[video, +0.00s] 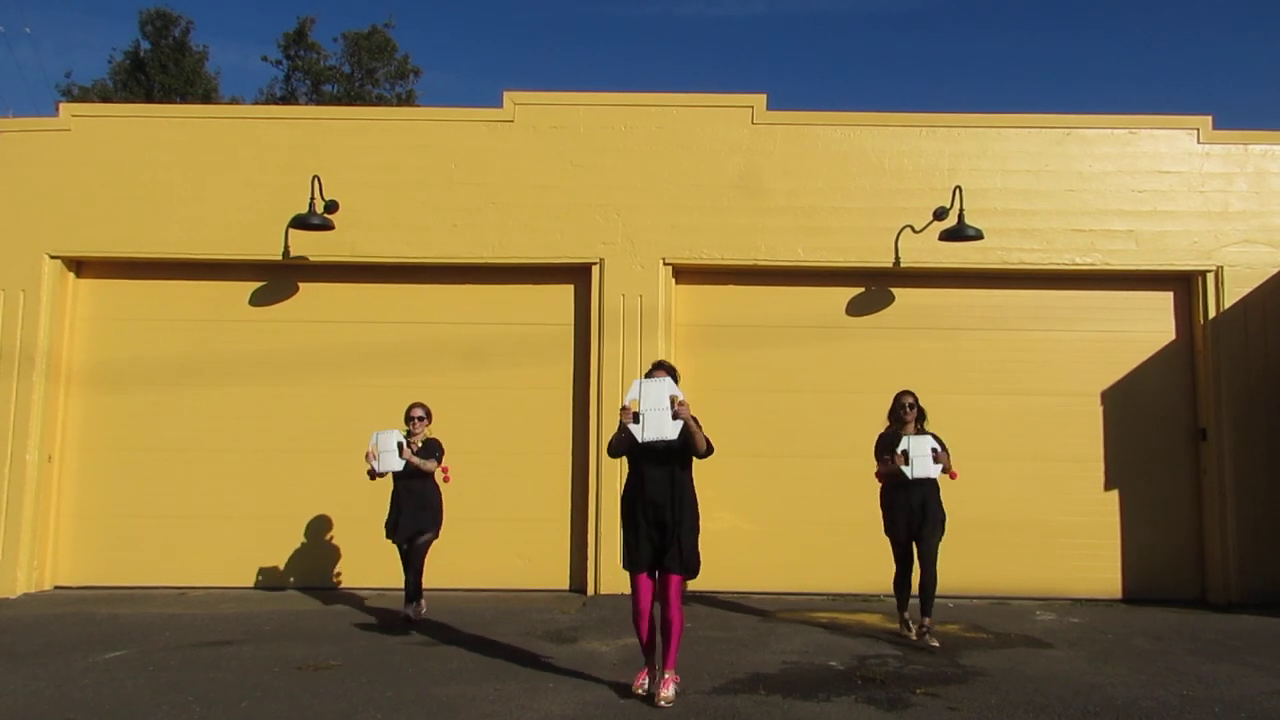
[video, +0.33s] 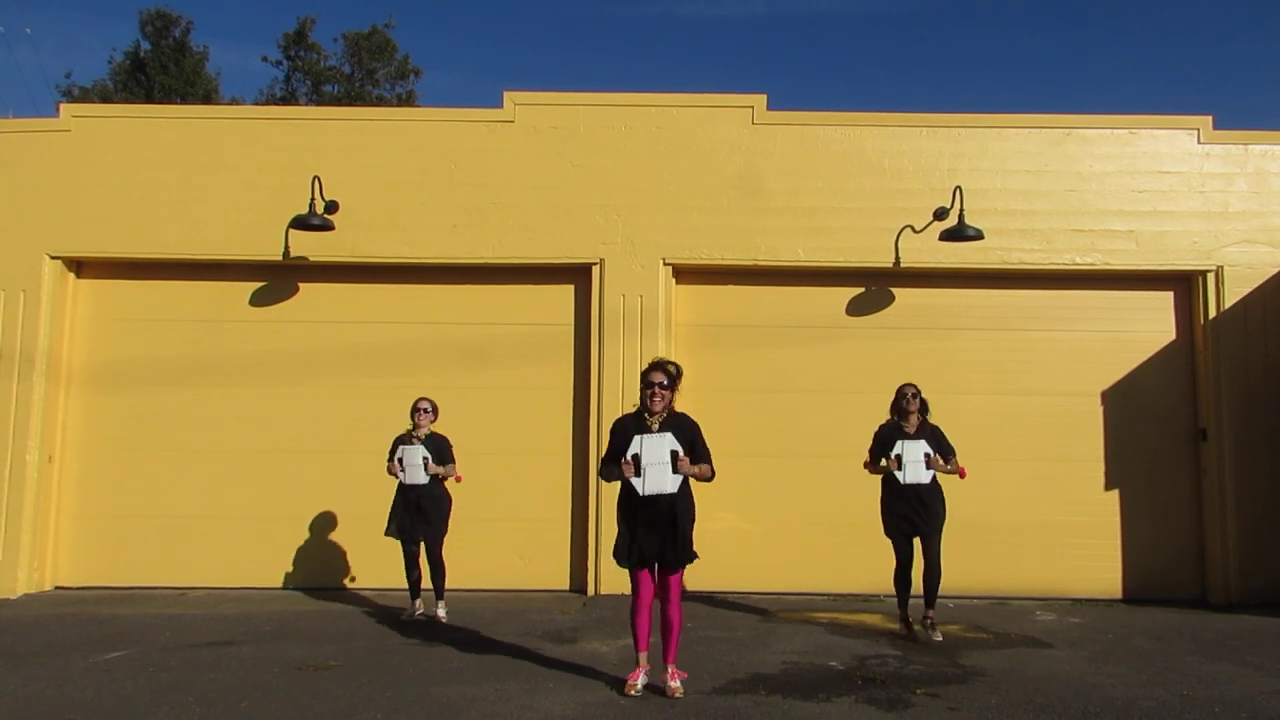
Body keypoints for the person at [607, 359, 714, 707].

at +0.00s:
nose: (659, 389)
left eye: (665, 384)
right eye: (653, 384)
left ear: (675, 389)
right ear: (644, 388)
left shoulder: (685, 423)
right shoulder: (636, 422)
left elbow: (703, 450)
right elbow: (614, 451)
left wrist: (687, 420)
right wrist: (625, 426)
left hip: (677, 519)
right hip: (639, 520)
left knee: (671, 600)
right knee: (641, 604)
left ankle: (669, 673)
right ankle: (649, 666)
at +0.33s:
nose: (655, 391)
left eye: (662, 386)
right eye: (649, 385)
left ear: (673, 391)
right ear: (642, 388)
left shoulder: (686, 426)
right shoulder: (625, 426)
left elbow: (708, 471)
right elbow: (605, 470)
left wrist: (690, 468)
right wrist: (621, 470)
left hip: (675, 524)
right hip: (637, 524)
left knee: (671, 595)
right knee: (642, 594)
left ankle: (671, 669)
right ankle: (641, 668)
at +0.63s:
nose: (653, 393)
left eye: (660, 388)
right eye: (647, 387)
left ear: (670, 392)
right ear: (639, 390)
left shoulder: (682, 424)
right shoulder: (625, 425)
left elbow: (711, 459)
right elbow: (599, 467)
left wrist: (691, 454)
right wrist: (619, 459)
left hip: (675, 521)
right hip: (632, 522)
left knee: (685, 595)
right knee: (623, 595)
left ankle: (692, 666)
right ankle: (621, 662)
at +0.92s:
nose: (650, 389)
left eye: (657, 385)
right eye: (645, 384)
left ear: (668, 391)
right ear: (637, 389)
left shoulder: (681, 426)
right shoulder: (623, 426)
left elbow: (701, 477)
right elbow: (602, 474)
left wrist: (689, 456)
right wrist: (622, 458)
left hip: (673, 524)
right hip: (631, 525)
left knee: (685, 599)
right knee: (622, 595)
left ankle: (702, 673)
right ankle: (606, 671)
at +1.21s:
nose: (648, 391)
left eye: (655, 387)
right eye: (642, 386)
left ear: (664, 393)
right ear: (634, 392)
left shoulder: (677, 428)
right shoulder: (619, 430)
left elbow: (697, 475)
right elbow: (600, 479)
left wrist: (684, 461)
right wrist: (615, 465)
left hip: (672, 526)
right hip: (630, 526)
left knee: (680, 594)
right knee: (623, 595)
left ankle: (685, 664)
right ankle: (620, 662)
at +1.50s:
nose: (645, 401)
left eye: (652, 396)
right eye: (640, 395)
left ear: (661, 401)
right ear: (632, 399)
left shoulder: (676, 434)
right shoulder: (620, 435)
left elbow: (693, 481)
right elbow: (603, 477)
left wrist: (694, 469)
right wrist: (623, 467)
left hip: (671, 532)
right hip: (629, 532)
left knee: (684, 602)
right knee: (619, 603)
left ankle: (702, 679)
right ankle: (603, 678)